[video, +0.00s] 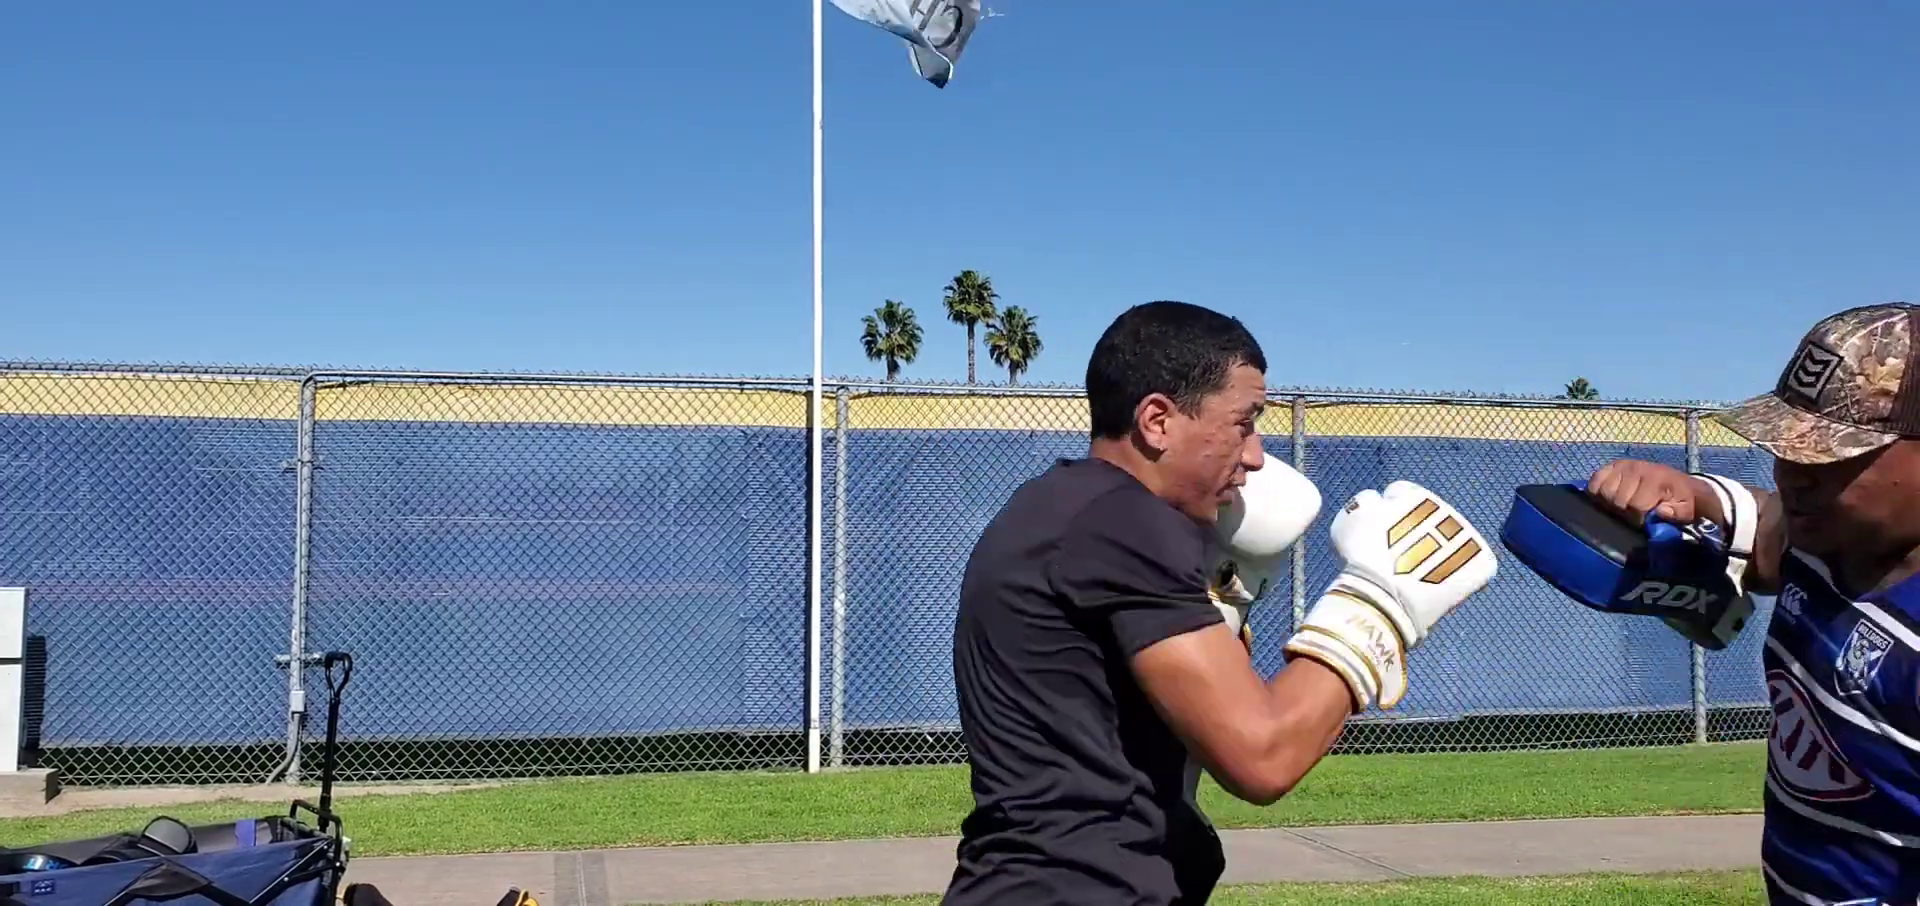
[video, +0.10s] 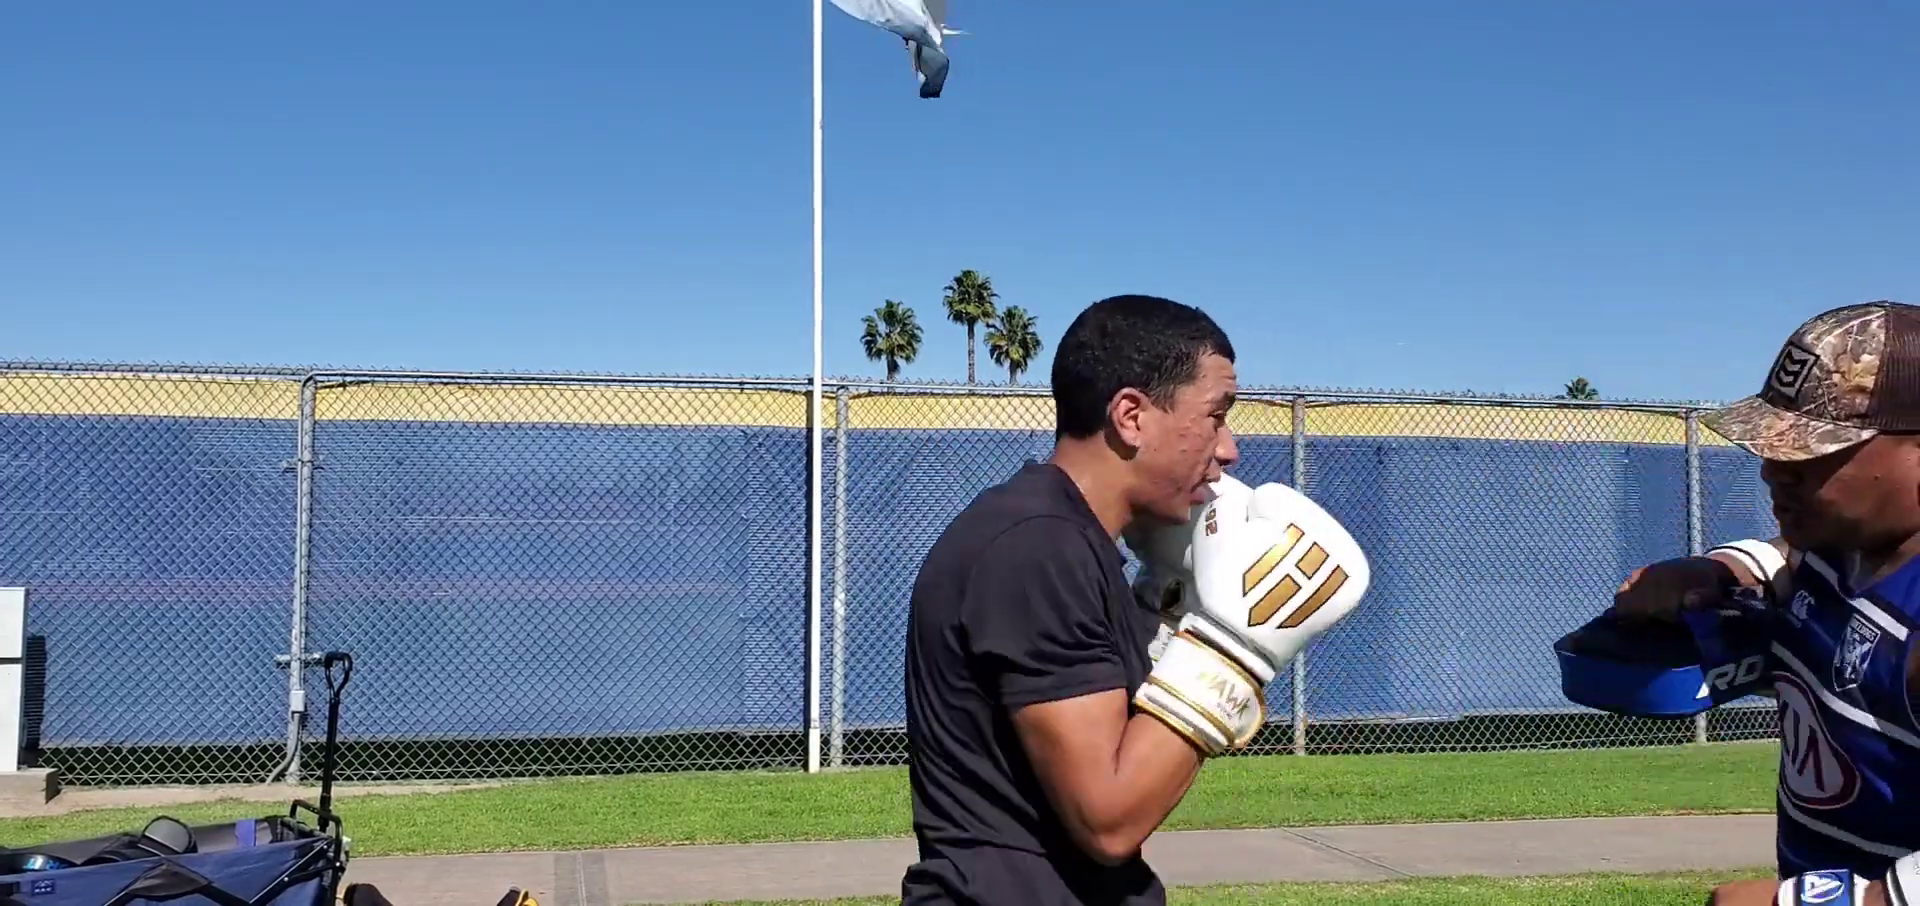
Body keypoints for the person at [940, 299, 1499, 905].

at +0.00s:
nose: (1256, 455)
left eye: (1256, 425)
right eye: (1242, 422)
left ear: (1152, 424)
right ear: (1157, 421)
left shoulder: (1051, 509)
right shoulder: (1118, 521)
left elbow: (1165, 745)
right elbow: (1263, 758)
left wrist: (1232, 578)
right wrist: (1374, 608)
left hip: (1020, 875)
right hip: (1092, 883)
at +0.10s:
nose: (1231, 450)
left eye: (1225, 418)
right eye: (1215, 416)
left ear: (1132, 420)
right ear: (1131, 417)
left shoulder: (1064, 541)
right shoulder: (1039, 550)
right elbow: (1111, 822)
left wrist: (1169, 591)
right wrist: (1227, 654)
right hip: (1017, 890)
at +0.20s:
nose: (1205, 420)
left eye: (1203, 388)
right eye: (1193, 386)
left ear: (1107, 380)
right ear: (1106, 378)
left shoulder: (1062, 516)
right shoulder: (983, 523)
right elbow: (1042, 802)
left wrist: (1156, 615)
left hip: (1054, 883)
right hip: (976, 890)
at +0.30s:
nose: (1185, 412)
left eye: (1183, 380)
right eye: (1173, 377)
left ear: (1087, 375)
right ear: (1087, 370)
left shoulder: (1062, 509)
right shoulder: (954, 522)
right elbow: (1049, 799)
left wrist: (1169, 630)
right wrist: (1143, 602)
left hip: (1044, 882)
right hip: (940, 887)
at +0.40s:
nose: (1180, 412)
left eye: (1179, 380)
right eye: (1169, 378)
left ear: (1085, 377)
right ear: (1085, 372)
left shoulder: (1037, 506)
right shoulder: (953, 526)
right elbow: (1053, 797)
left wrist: (1170, 611)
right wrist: (1157, 601)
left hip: (1036, 886)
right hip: (941, 892)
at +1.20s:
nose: (1049, 453)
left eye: (1054, 431)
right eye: (1042, 426)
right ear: (961, 409)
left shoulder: (913, 531)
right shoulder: (833, 515)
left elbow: (913, 727)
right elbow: (902, 763)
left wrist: (1018, 632)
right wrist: (990, 577)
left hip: (913, 887)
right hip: (819, 889)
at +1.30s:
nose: (1064, 464)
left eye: (1069, 438)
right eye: (1055, 433)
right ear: (972, 415)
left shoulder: (944, 520)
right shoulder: (829, 508)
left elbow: (947, 734)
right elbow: (877, 760)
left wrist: (1034, 632)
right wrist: (984, 578)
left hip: (919, 878)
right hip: (802, 888)